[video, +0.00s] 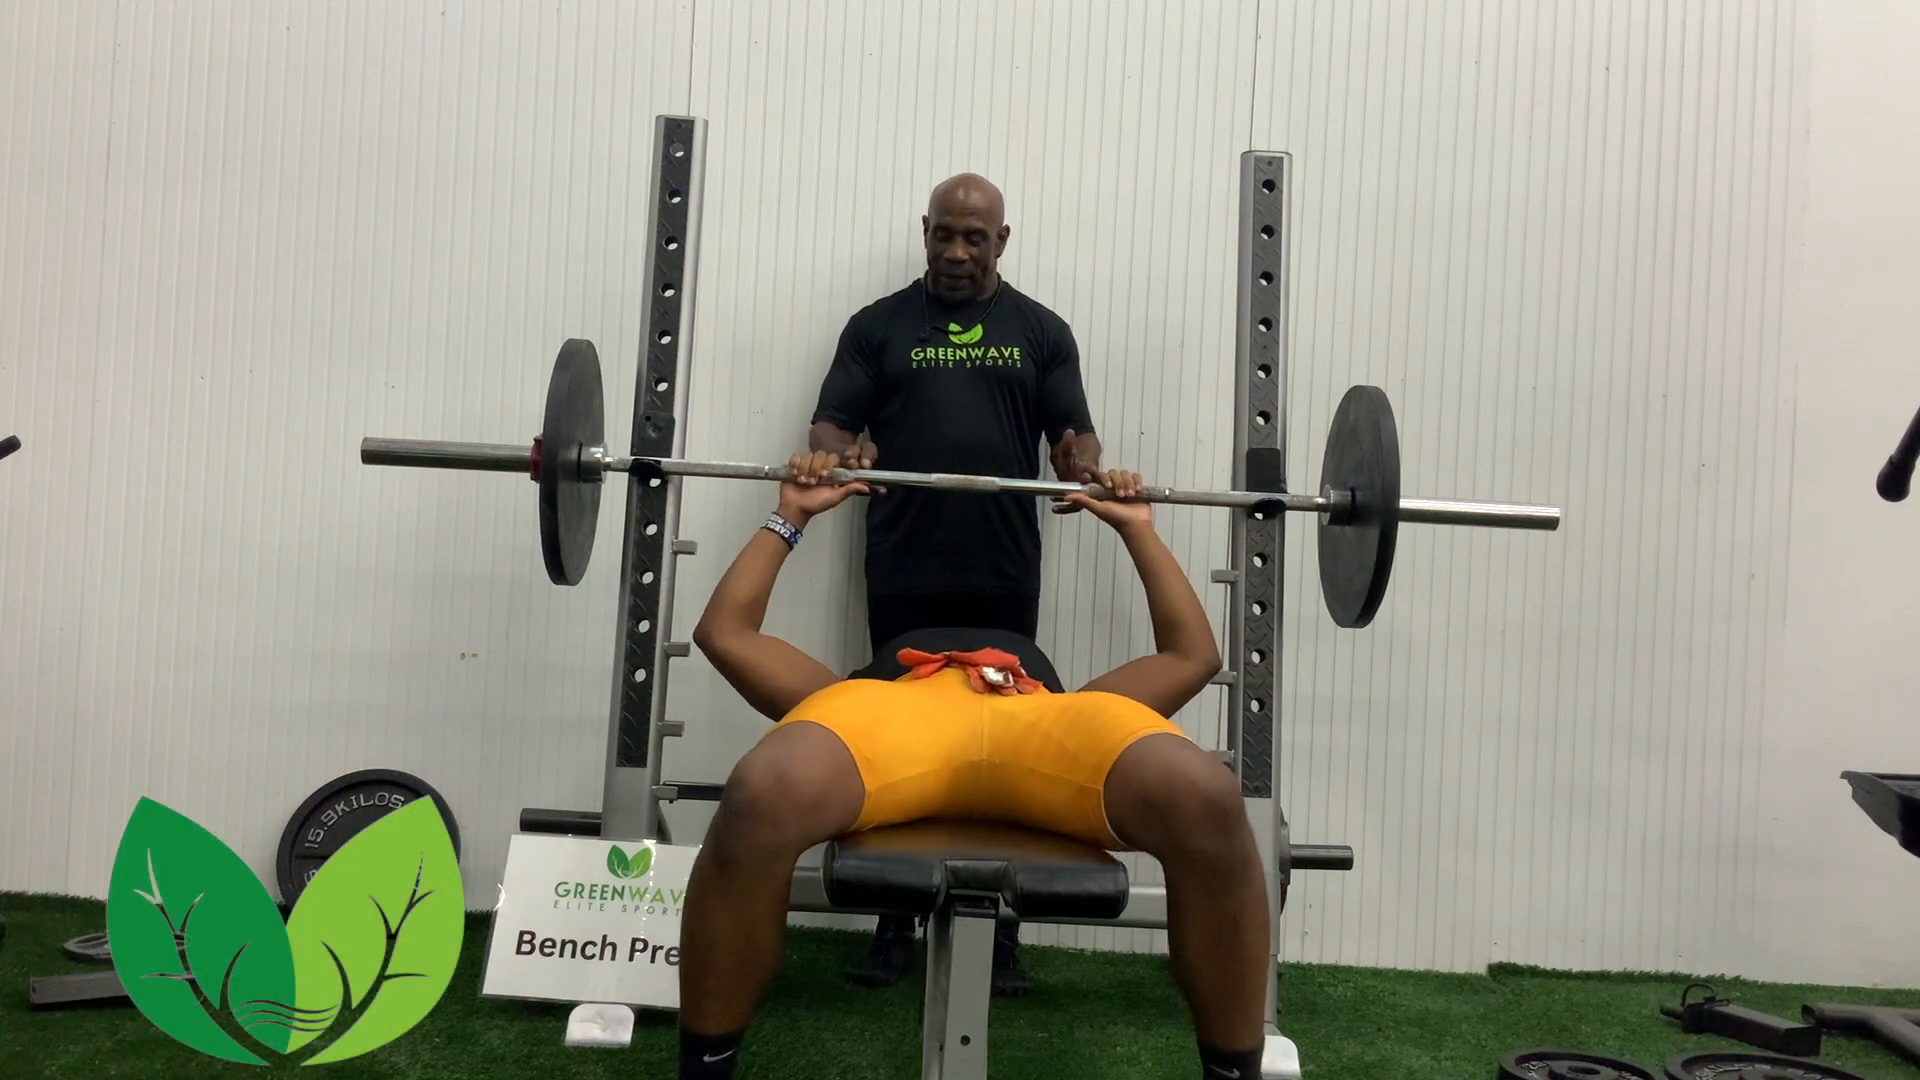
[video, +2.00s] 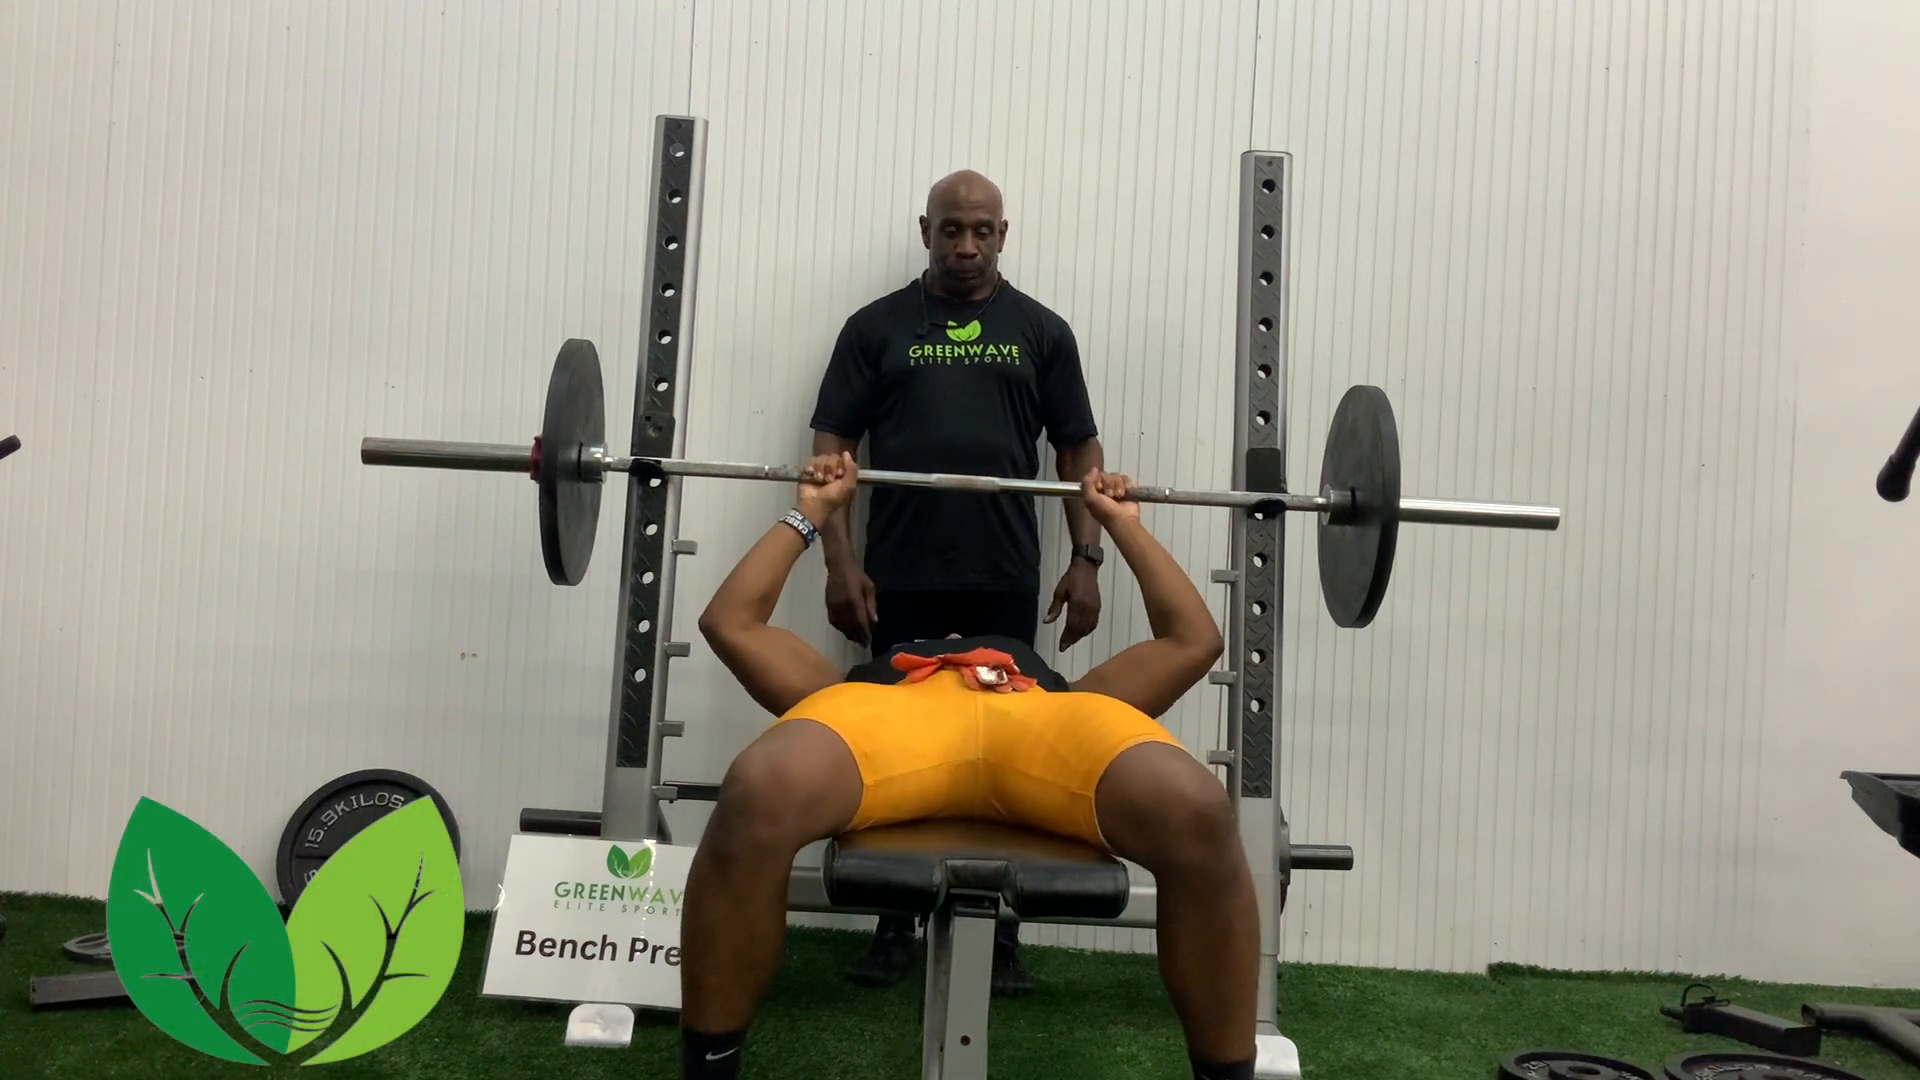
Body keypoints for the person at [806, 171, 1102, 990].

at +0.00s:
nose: (957, 251)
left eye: (975, 239)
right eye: (944, 235)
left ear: (1002, 244)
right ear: (924, 236)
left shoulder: (1040, 332)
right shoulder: (877, 328)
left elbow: (1073, 440)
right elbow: (829, 432)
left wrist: (1083, 467)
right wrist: (845, 452)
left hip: (1005, 577)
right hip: (903, 576)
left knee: (1015, 746)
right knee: (892, 741)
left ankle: (999, 925)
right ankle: (897, 919)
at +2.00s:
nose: (968, 246)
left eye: (984, 232)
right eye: (952, 230)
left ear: (1004, 238)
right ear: (925, 235)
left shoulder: (1042, 334)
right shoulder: (874, 330)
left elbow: (1076, 454)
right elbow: (829, 457)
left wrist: (1085, 558)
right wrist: (840, 561)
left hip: (1006, 585)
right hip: (901, 582)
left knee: (1012, 752)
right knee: (890, 749)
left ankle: (1000, 928)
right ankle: (896, 919)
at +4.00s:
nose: (959, 246)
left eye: (977, 232)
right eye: (946, 229)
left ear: (1006, 241)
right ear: (928, 233)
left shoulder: (1045, 337)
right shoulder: (875, 330)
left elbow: (1078, 460)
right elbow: (845, 456)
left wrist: (1082, 560)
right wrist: (849, 558)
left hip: (1007, 579)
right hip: (899, 573)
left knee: (1011, 752)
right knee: (891, 744)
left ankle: (999, 927)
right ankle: (897, 917)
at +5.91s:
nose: (970, 249)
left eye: (986, 235)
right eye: (954, 234)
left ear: (1007, 240)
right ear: (928, 237)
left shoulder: (1044, 336)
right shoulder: (876, 332)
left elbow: (1078, 455)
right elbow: (837, 449)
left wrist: (1082, 552)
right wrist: (849, 557)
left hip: (1008, 584)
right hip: (902, 579)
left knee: (1010, 753)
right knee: (893, 748)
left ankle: (999, 929)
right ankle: (896, 918)